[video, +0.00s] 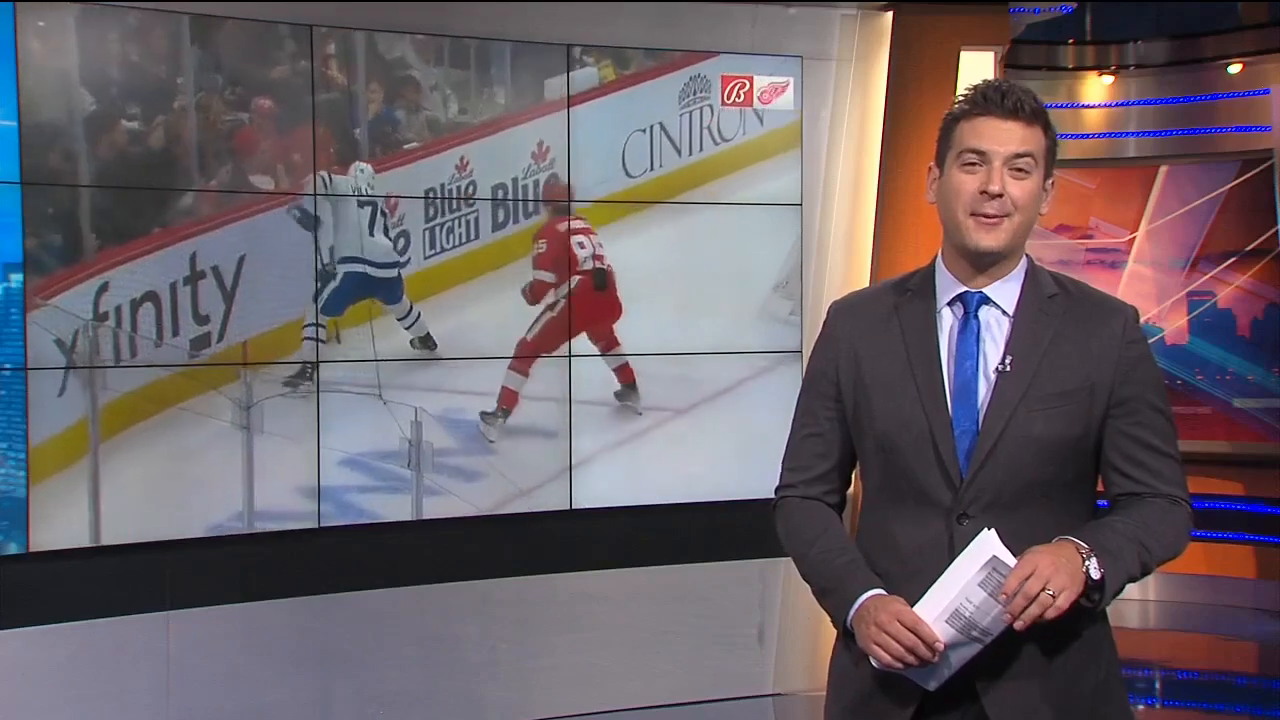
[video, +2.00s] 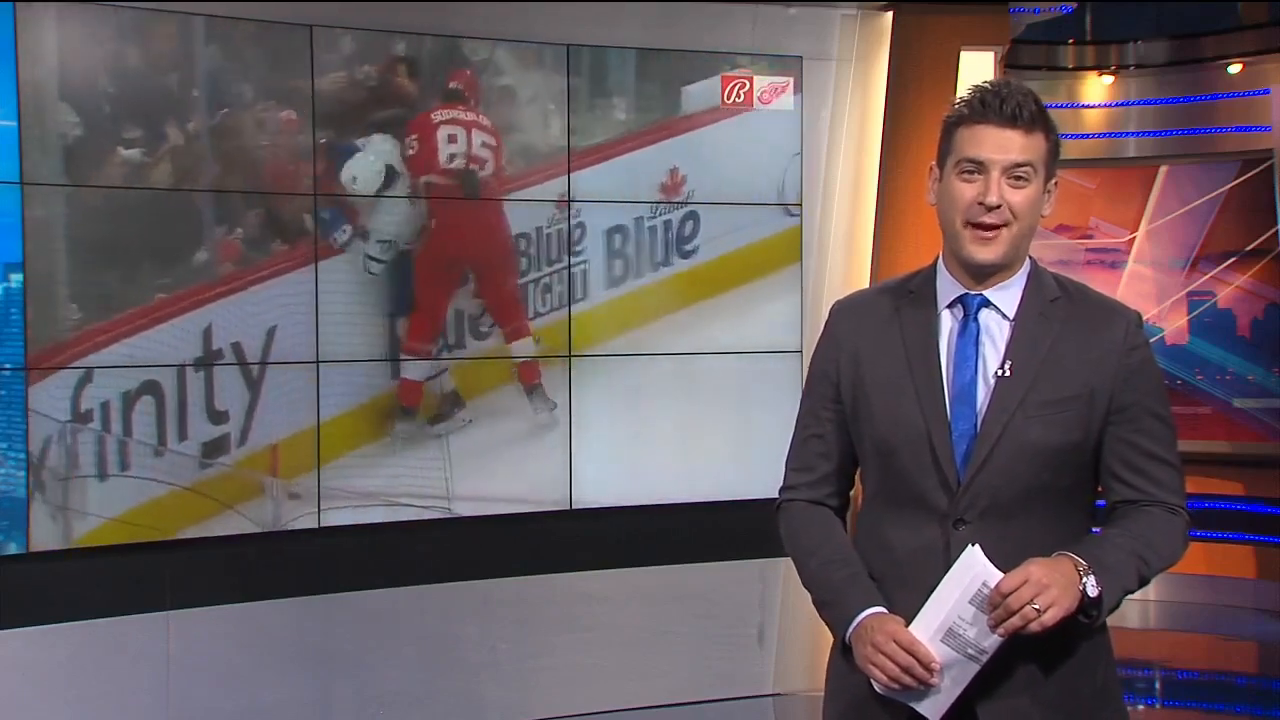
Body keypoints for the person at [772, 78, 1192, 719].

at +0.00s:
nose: (994, 186)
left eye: (1019, 168)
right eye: (972, 163)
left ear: (1045, 193)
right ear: (935, 182)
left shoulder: (1107, 331)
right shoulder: (855, 326)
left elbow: (1161, 506)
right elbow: (804, 497)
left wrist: (1084, 553)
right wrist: (859, 601)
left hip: (1048, 688)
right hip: (886, 686)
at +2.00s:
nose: (991, 197)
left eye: (1017, 177)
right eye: (970, 172)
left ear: (1047, 196)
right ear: (936, 185)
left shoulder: (1109, 336)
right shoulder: (857, 326)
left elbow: (1156, 512)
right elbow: (807, 499)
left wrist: (1082, 571)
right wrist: (860, 617)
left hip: (1046, 692)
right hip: (883, 688)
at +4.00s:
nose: (998, 196)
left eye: (1021, 175)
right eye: (974, 174)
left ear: (1050, 192)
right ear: (938, 193)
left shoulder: (1119, 333)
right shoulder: (867, 327)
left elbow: (1166, 507)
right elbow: (819, 499)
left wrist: (1095, 569)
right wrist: (873, 616)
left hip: (1057, 688)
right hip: (894, 686)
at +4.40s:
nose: (998, 198)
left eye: (1023, 177)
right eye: (976, 175)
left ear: (1052, 196)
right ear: (942, 191)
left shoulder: (1120, 336)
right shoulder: (868, 325)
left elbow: (1163, 510)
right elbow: (817, 496)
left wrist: (1093, 574)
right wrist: (872, 618)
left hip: (1056, 689)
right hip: (894, 684)